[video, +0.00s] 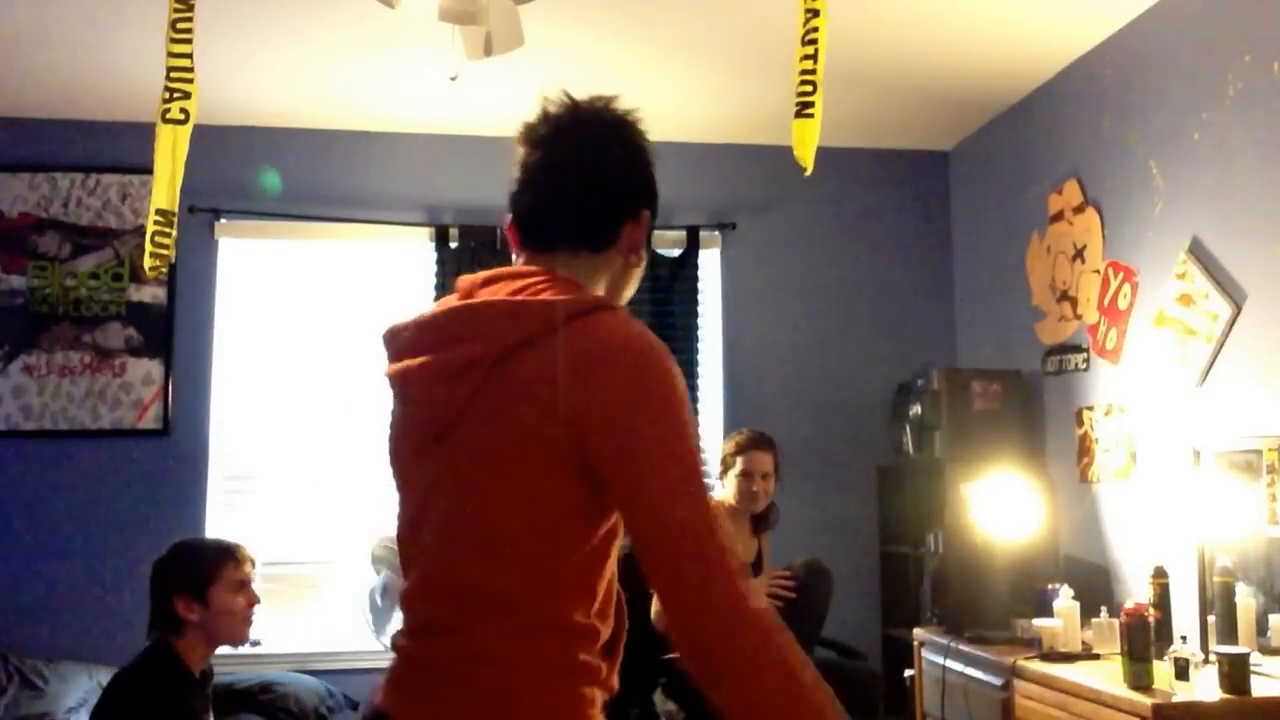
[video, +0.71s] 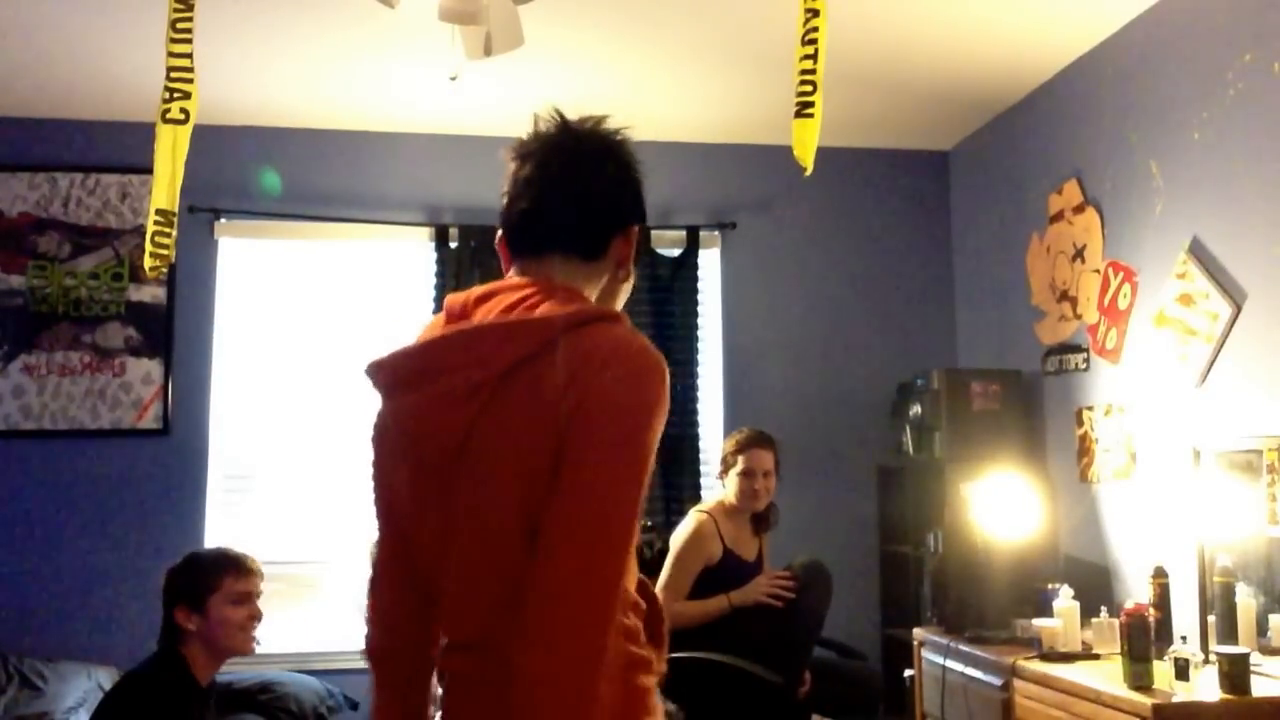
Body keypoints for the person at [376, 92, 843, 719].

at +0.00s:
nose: (644, 264)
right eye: (649, 244)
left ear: (511, 235)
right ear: (636, 235)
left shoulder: (433, 354)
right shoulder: (610, 351)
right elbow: (708, 611)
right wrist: (820, 709)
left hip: (416, 692)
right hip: (547, 698)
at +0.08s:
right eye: (647, 244)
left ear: (511, 235)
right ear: (637, 235)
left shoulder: (429, 354)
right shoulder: (618, 353)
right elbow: (691, 617)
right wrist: (770, 705)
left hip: (418, 693)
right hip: (559, 700)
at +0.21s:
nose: (630, 269)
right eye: (635, 249)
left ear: (496, 243)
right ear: (620, 244)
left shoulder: (417, 363)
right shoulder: (622, 369)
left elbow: (390, 583)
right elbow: (611, 591)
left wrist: (381, 710)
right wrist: (620, 705)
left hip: (455, 694)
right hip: (580, 700)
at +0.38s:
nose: (647, 266)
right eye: (651, 248)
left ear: (513, 241)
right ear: (638, 241)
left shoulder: (429, 362)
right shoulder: (635, 356)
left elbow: (401, 575)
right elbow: (626, 588)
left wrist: (389, 707)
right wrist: (632, 708)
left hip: (438, 696)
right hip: (568, 695)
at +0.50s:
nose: (651, 286)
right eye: (658, 267)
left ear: (527, 246)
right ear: (649, 249)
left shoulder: (444, 349)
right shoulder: (636, 347)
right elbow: (692, 602)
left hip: (417, 690)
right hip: (557, 700)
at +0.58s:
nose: (643, 277)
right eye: (649, 259)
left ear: (519, 239)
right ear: (637, 245)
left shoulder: (431, 356)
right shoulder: (630, 345)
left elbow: (419, 572)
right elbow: (659, 590)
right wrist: (697, 707)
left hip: (433, 693)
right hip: (570, 696)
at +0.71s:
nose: (632, 280)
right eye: (639, 259)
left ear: (502, 251)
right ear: (626, 247)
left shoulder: (422, 363)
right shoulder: (620, 362)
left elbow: (400, 584)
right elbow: (580, 586)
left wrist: (399, 710)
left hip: (468, 694)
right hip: (590, 698)